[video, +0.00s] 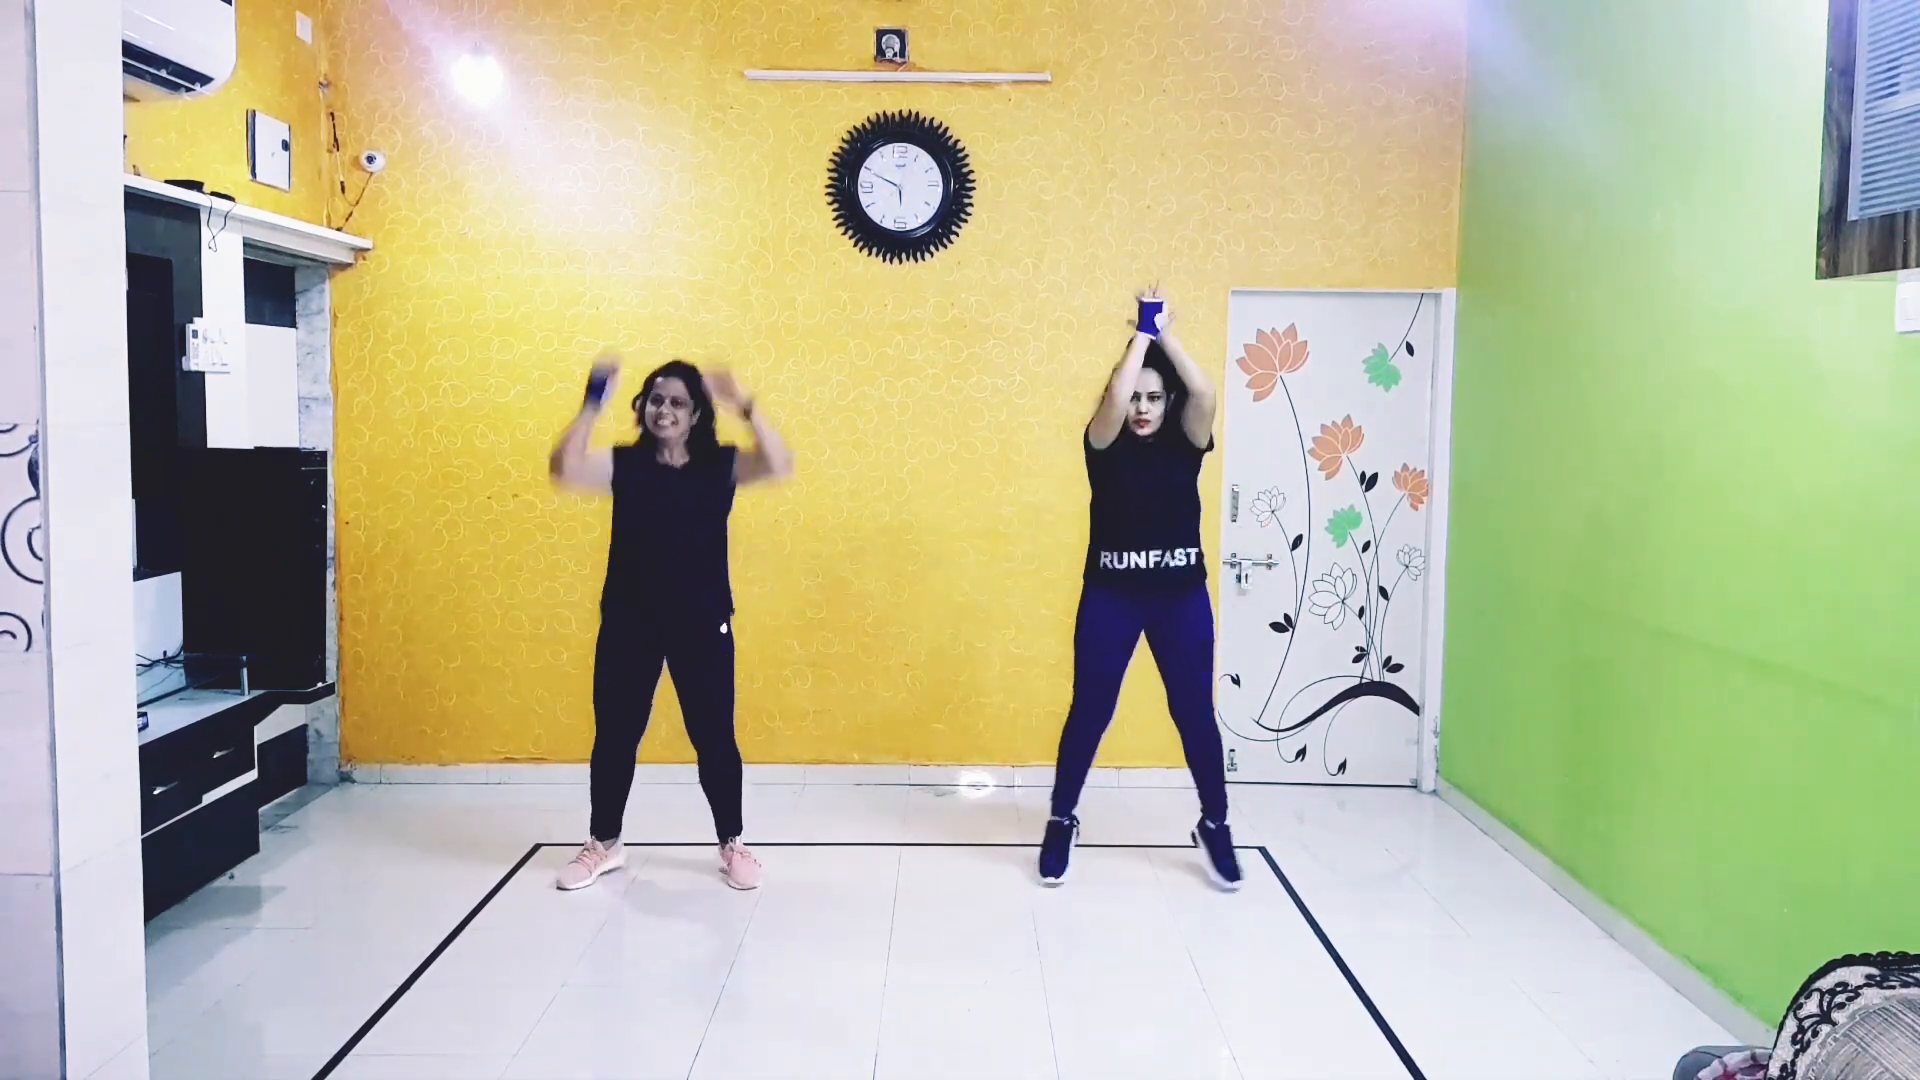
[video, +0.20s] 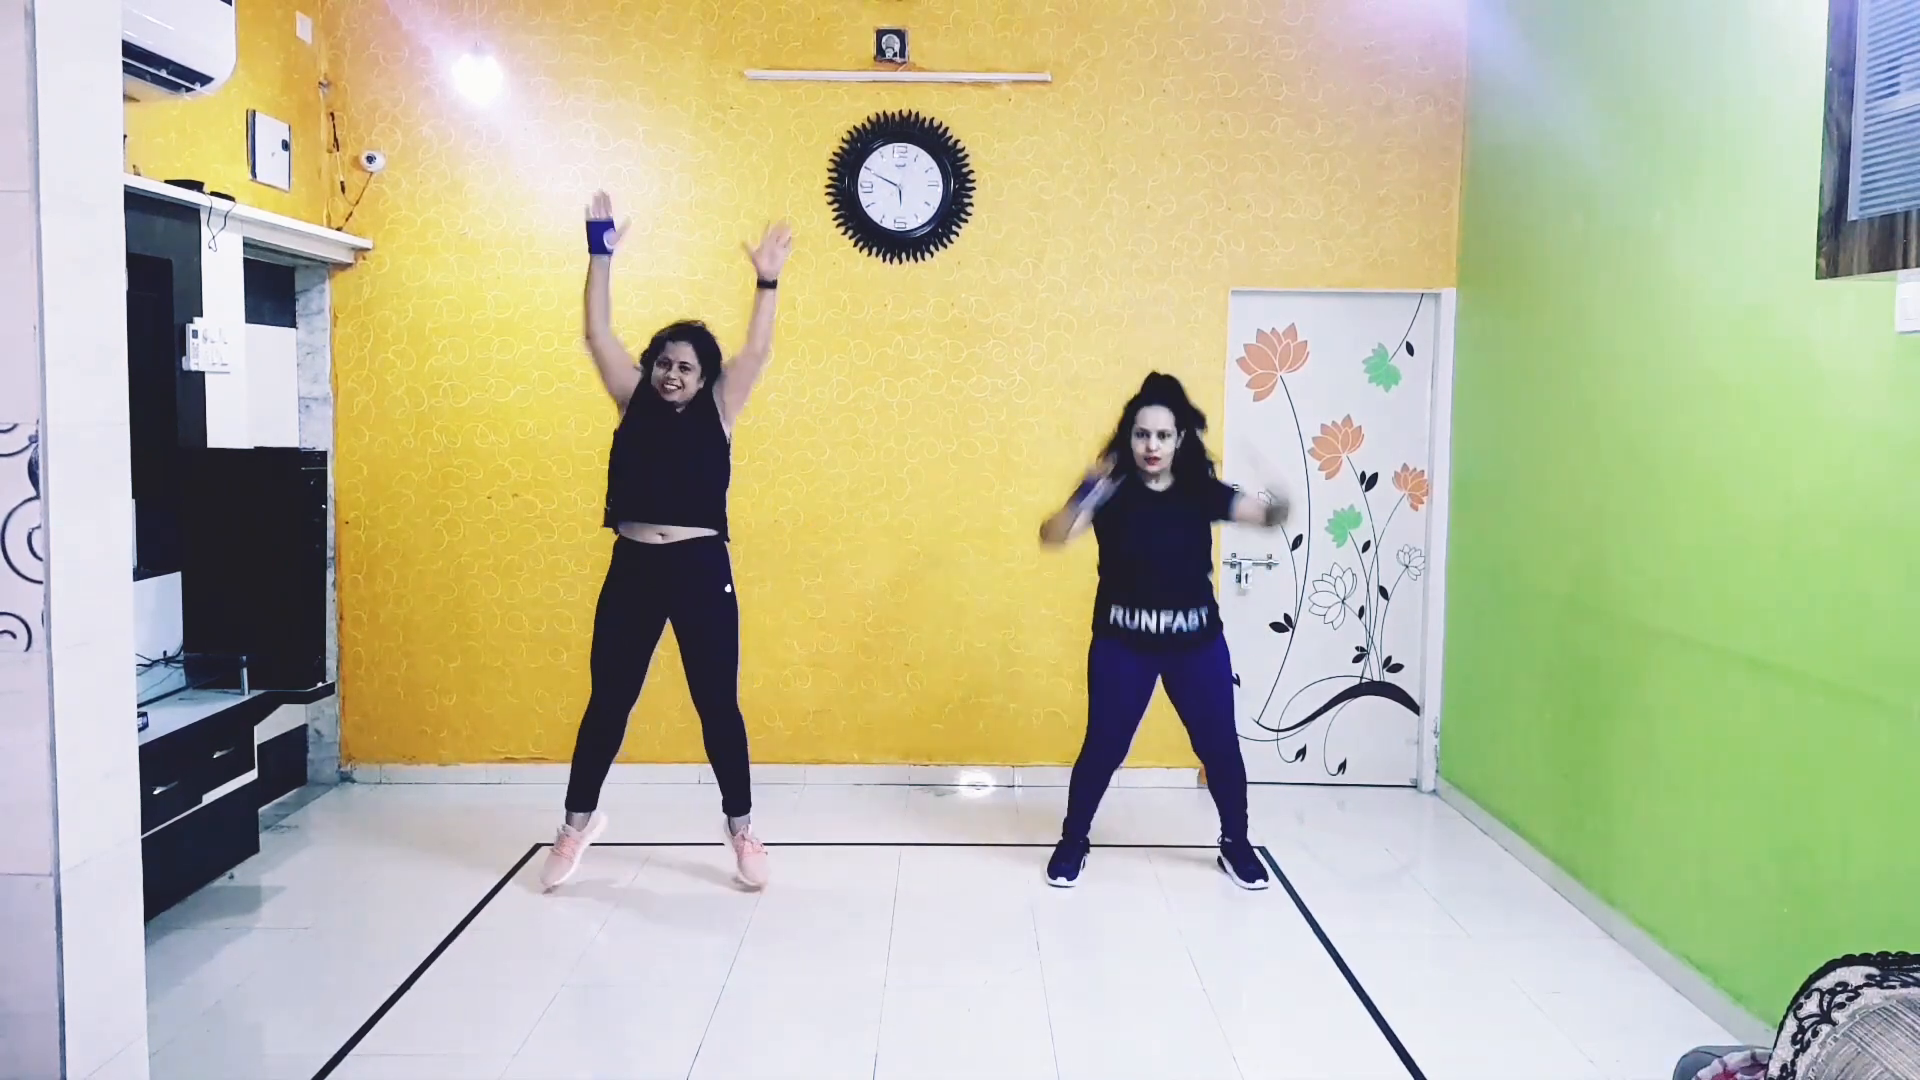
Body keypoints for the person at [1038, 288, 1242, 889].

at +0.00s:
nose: (1142, 407)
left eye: (1152, 398)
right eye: (1134, 398)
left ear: (1170, 403)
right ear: (1119, 401)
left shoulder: (1188, 441)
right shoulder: (1103, 442)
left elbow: (1203, 394)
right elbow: (1118, 396)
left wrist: (1164, 335)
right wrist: (1140, 337)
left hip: (1181, 596)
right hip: (1110, 596)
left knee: (1196, 712)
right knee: (1089, 711)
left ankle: (1216, 824)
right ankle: (1061, 822)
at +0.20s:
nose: (1152, 445)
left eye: (1164, 434)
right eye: (1143, 434)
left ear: (1182, 438)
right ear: (1128, 436)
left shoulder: (1200, 491)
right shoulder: (1106, 487)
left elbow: (1268, 516)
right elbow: (1051, 537)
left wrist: (1276, 501)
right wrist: (1091, 490)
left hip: (1195, 643)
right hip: (1123, 642)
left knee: (1222, 750)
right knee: (1103, 750)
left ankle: (1236, 843)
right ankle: (1073, 841)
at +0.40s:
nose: (1163, 448)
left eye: (1174, 438)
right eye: (1153, 437)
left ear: (1192, 442)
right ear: (1137, 440)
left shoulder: (1209, 497)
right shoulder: (1116, 500)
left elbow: (1225, 566)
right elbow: (1087, 563)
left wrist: (1239, 624)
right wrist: (1057, 617)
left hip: (1204, 643)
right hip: (1135, 646)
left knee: (1224, 748)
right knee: (1113, 748)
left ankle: (1234, 842)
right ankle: (1075, 841)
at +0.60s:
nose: (1167, 446)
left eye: (1179, 436)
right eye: (1158, 434)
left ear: (1196, 441)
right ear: (1142, 438)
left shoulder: (1213, 496)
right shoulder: (1120, 495)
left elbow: (1257, 552)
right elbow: (1072, 553)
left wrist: (1299, 590)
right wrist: (1025, 594)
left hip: (1203, 643)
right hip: (1132, 643)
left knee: (1221, 748)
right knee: (1110, 748)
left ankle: (1234, 843)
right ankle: (1074, 841)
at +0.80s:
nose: (1167, 444)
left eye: (1179, 434)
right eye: (1158, 431)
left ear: (1196, 440)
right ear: (1143, 435)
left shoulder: (1211, 496)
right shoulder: (1119, 494)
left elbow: (1254, 549)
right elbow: (1072, 551)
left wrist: (1299, 588)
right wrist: (1024, 594)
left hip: (1208, 643)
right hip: (1137, 644)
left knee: (1222, 747)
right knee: (1114, 750)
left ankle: (1234, 843)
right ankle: (1075, 842)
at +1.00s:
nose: (1169, 452)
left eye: (1181, 442)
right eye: (1159, 441)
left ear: (1196, 450)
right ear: (1144, 445)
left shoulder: (1203, 509)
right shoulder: (1113, 504)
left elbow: (1247, 568)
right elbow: (1075, 567)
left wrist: (1293, 610)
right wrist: (1040, 620)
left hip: (1208, 645)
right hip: (1140, 653)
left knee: (1223, 744)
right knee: (1126, 758)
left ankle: (1235, 842)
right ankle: (1075, 840)